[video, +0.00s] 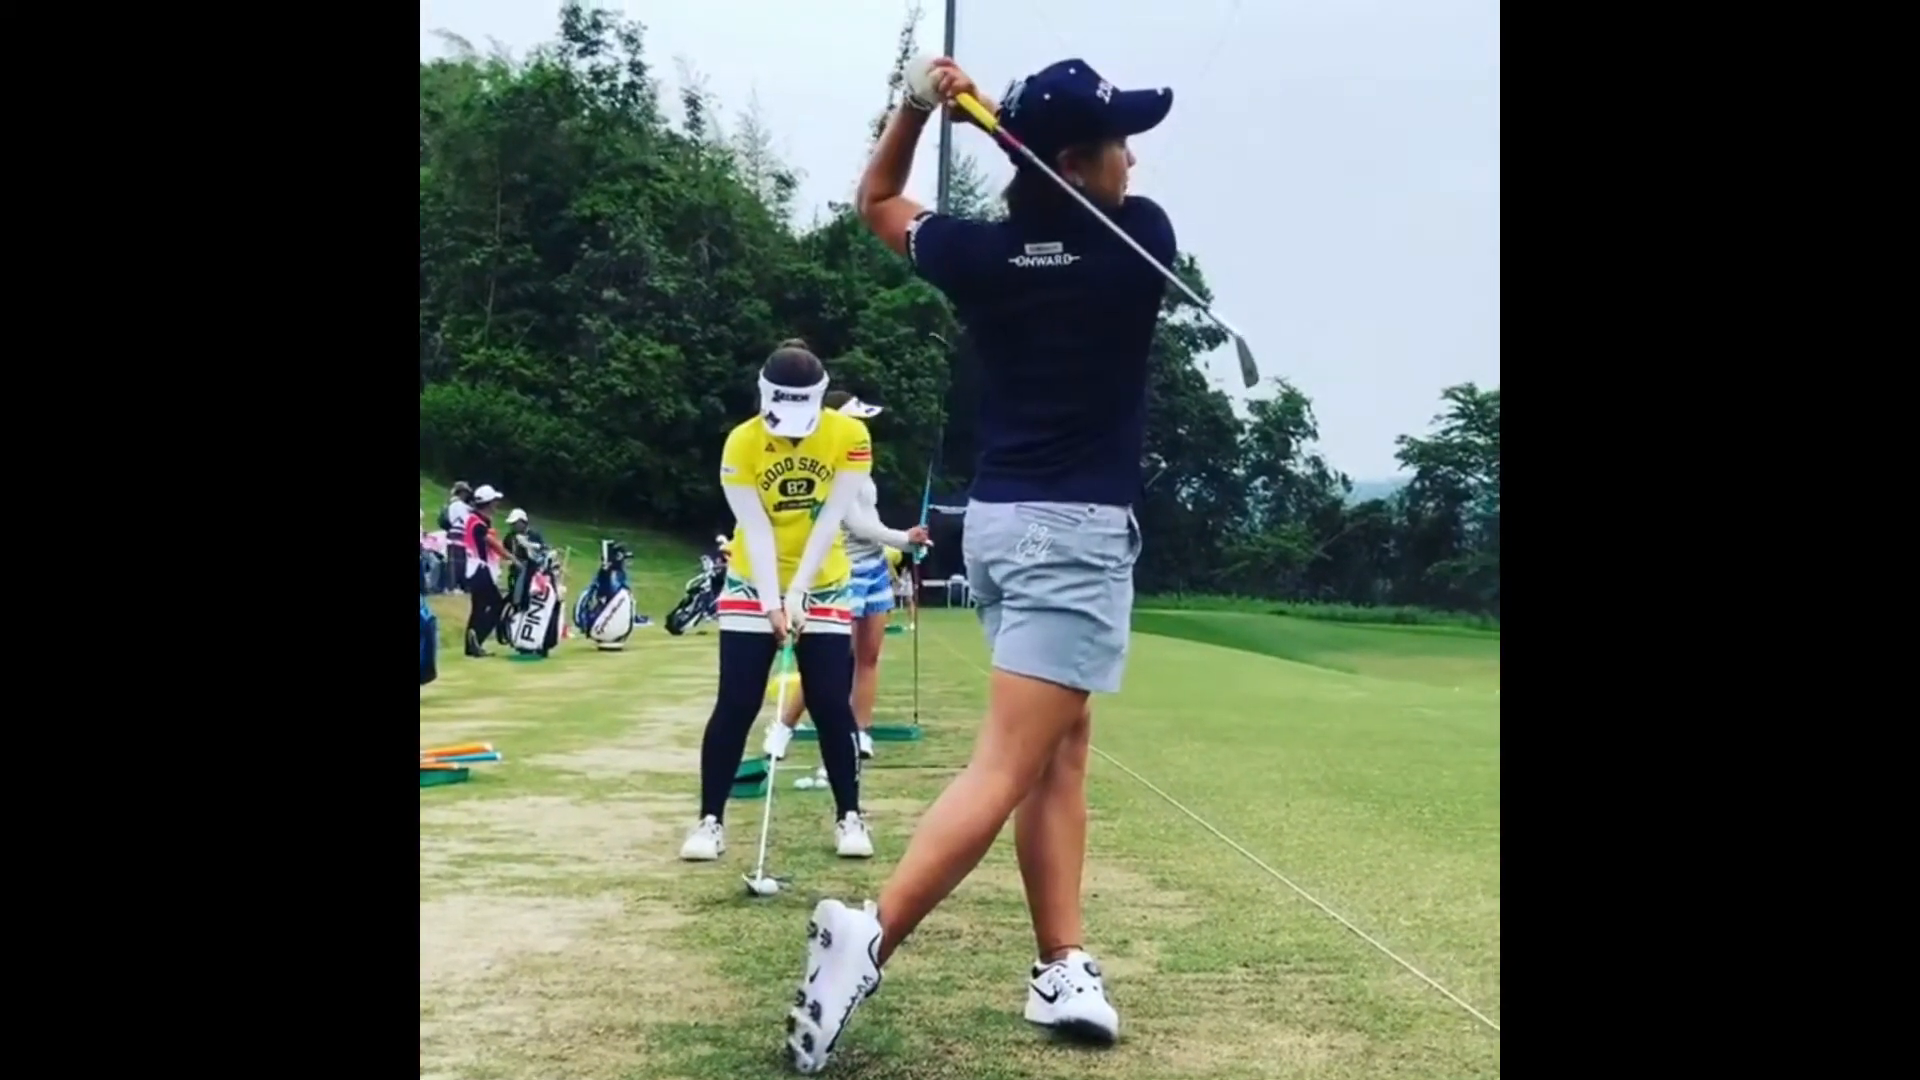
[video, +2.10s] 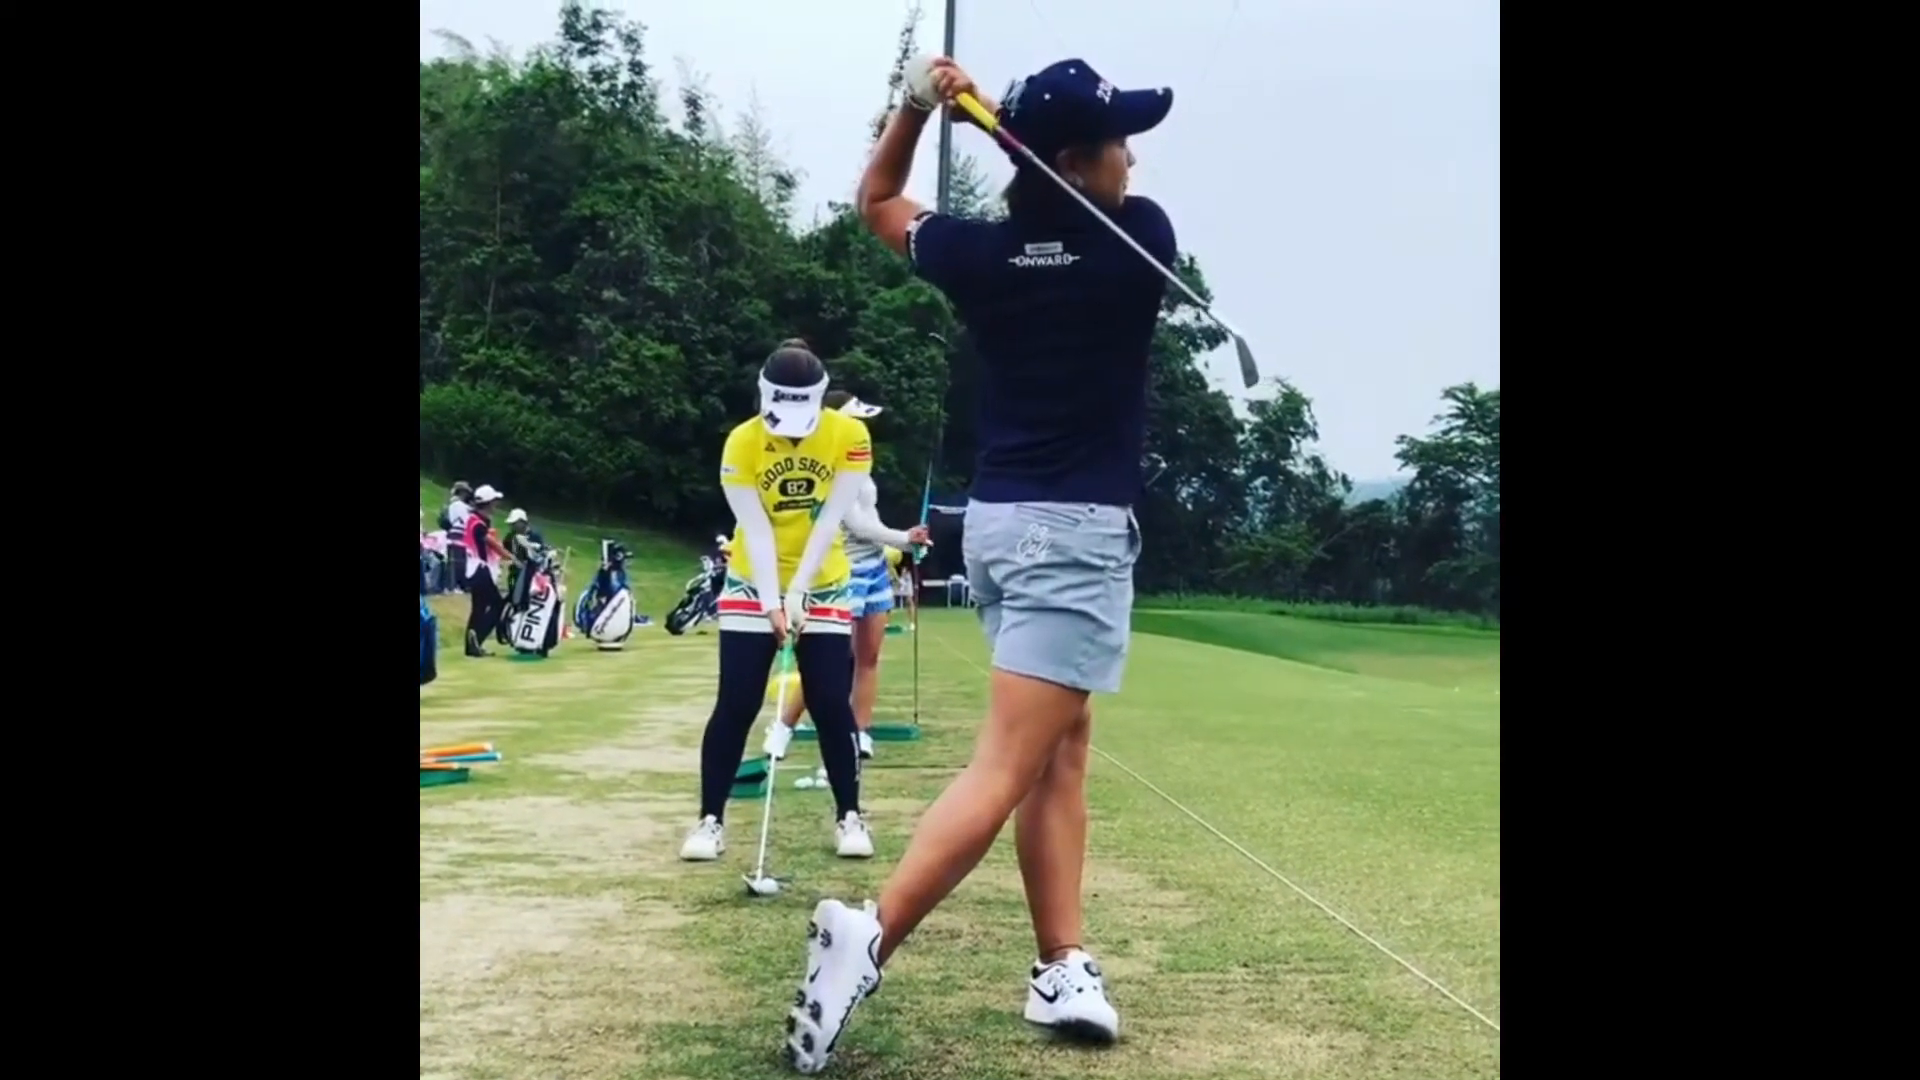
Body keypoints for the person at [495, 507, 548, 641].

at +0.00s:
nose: (513, 527)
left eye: (516, 524)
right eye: (512, 524)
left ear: (523, 523)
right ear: (512, 524)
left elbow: (543, 549)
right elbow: (506, 553)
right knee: (514, 598)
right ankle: (502, 624)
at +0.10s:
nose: (538, 484)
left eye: (538, 481)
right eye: (535, 481)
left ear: (527, 482)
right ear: (525, 481)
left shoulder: (522, 498)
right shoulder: (521, 502)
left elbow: (539, 521)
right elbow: (539, 522)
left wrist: (557, 528)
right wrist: (558, 533)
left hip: (523, 543)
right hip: (525, 545)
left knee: (525, 582)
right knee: (542, 580)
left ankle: (518, 621)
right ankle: (524, 612)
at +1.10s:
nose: (527, 497)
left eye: (527, 493)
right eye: (524, 493)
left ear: (514, 496)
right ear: (514, 495)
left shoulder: (511, 513)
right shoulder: (510, 516)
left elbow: (525, 535)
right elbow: (526, 536)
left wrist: (541, 543)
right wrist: (545, 546)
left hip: (512, 557)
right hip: (512, 559)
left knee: (511, 596)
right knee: (529, 594)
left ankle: (505, 634)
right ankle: (511, 626)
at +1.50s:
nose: (508, 500)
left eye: (508, 497)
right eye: (506, 497)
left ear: (493, 498)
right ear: (498, 498)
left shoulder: (486, 515)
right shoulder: (492, 520)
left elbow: (504, 538)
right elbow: (508, 541)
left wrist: (522, 546)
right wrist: (526, 551)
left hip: (487, 559)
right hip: (493, 562)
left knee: (491, 599)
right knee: (509, 597)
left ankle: (485, 638)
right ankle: (491, 629)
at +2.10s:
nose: (495, 506)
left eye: (495, 503)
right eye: (493, 503)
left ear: (479, 503)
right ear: (486, 504)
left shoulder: (473, 521)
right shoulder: (479, 525)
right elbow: (495, 546)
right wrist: (513, 558)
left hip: (473, 564)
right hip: (479, 567)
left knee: (479, 605)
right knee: (497, 602)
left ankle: (472, 645)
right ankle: (478, 636)